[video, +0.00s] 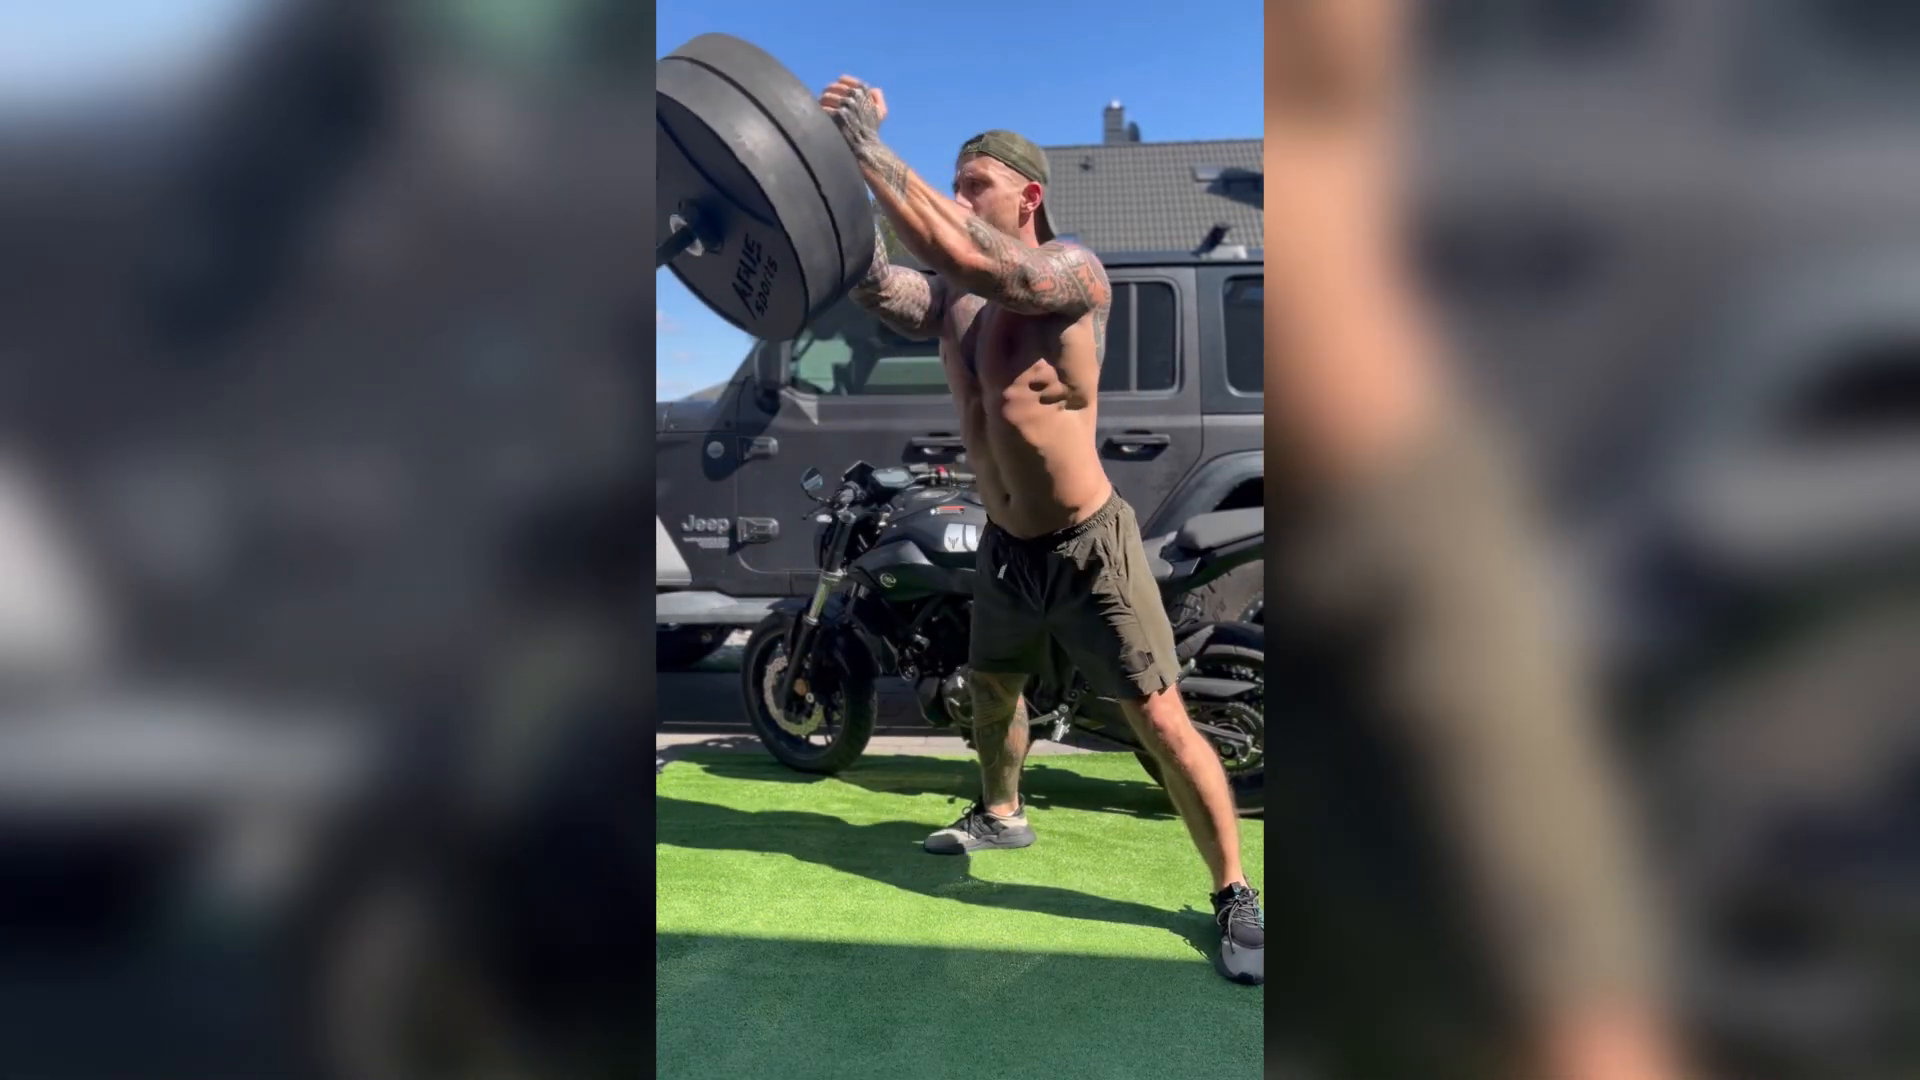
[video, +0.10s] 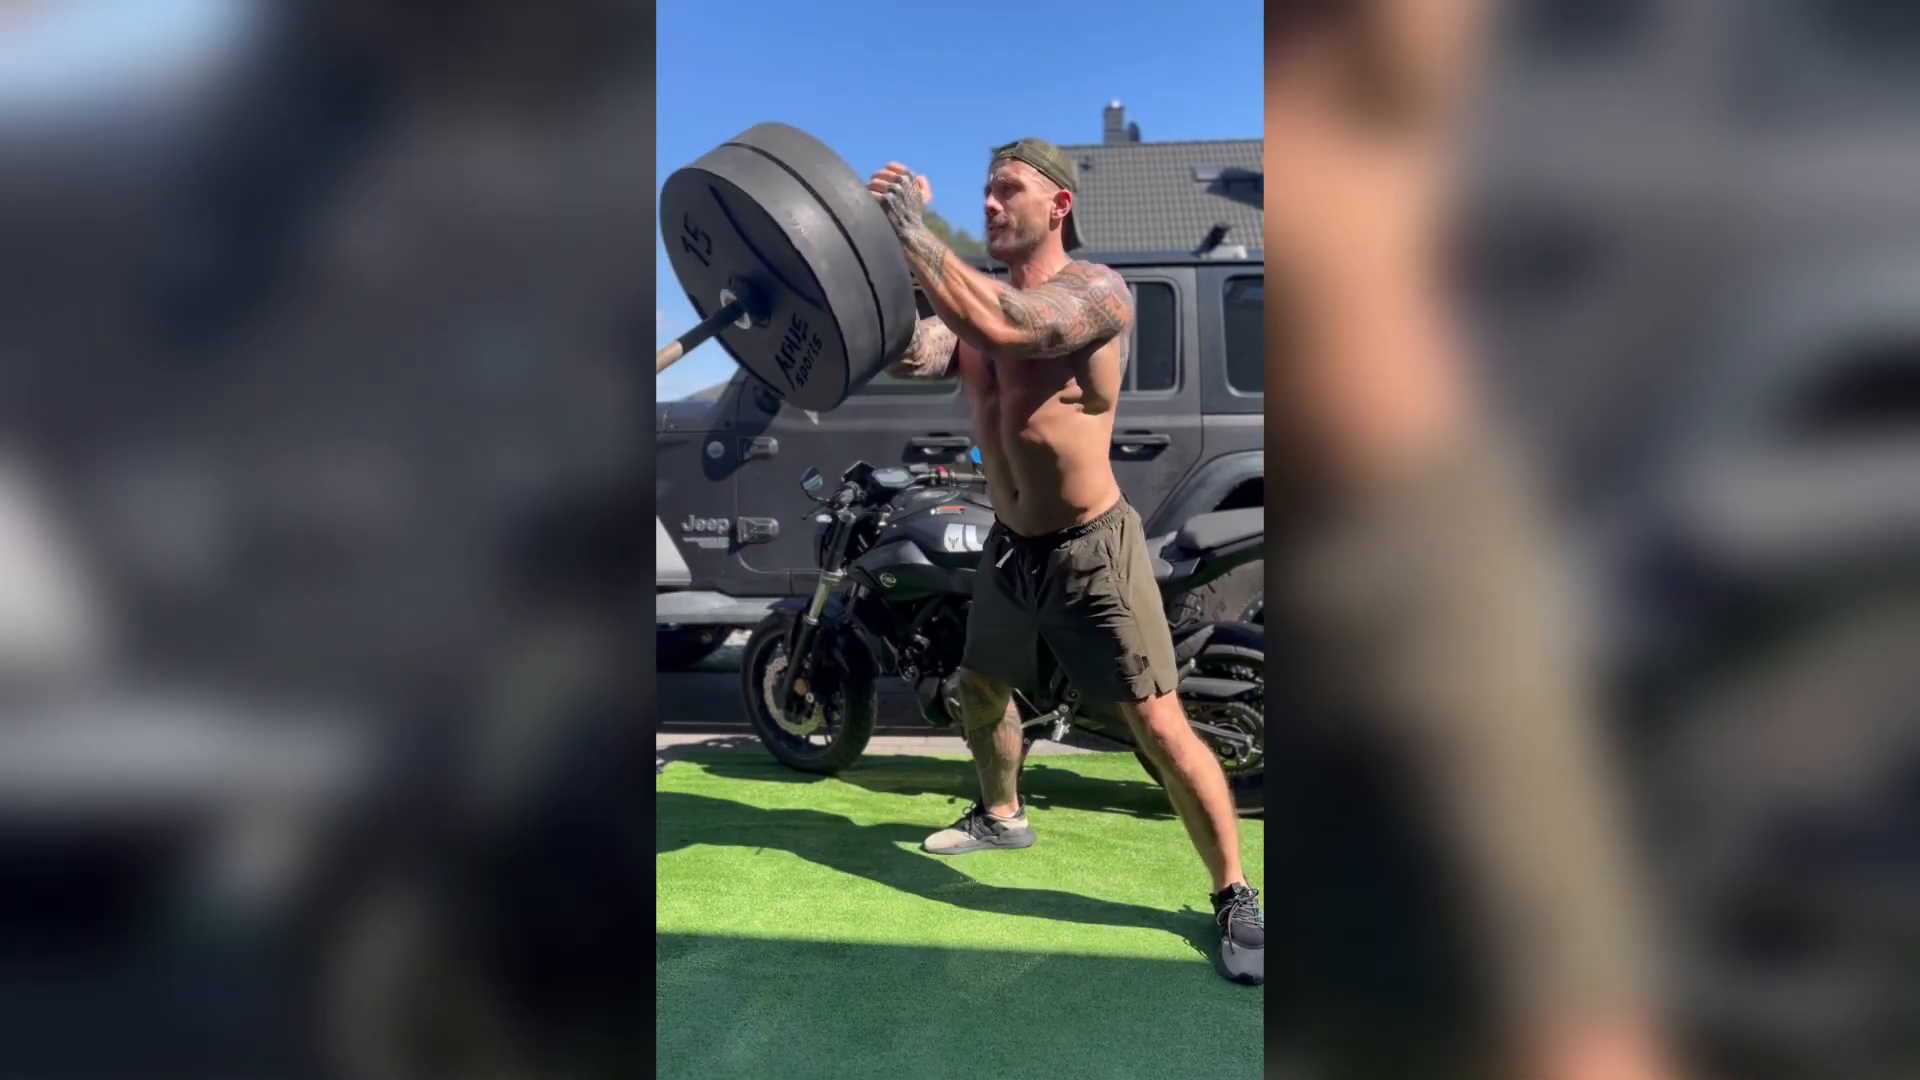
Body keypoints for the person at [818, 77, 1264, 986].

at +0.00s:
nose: (959, 201)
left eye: (975, 185)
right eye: (953, 187)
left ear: (1031, 195)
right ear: (958, 200)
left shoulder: (1074, 272)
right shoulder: (950, 292)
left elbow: (971, 257)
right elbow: (870, 281)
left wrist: (869, 151)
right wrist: (817, 192)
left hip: (1091, 539)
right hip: (1007, 547)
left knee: (1159, 720)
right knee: (993, 693)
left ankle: (1234, 894)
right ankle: (1000, 816)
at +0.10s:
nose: (991, 203)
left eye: (1008, 189)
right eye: (987, 191)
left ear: (1060, 204)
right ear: (990, 209)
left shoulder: (1100, 292)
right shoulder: (974, 299)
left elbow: (1004, 324)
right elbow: (910, 350)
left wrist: (916, 233)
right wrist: (841, 289)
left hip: (1096, 542)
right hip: (1011, 545)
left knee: (1156, 720)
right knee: (982, 692)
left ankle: (1234, 895)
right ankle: (1001, 817)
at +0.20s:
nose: (998, 239)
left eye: (1016, 227)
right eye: (996, 227)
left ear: (1066, 243)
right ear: (997, 247)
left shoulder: (1109, 333)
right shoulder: (997, 341)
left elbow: (1029, 416)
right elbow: (944, 430)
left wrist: (955, 324)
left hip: (1113, 565)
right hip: (1025, 566)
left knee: (1162, 734)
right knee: (963, 694)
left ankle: (1236, 897)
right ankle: (1003, 818)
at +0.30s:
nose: (1001, 298)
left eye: (1019, 286)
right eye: (999, 287)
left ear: (1068, 302)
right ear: (999, 304)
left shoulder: (1112, 393)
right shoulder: (1004, 396)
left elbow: (1051, 501)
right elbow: (961, 510)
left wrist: (984, 414)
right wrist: (934, 422)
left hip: (1129, 594)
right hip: (1042, 596)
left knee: (1165, 742)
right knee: (947, 695)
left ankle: (1237, 899)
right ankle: (1001, 818)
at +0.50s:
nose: (997, 417)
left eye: (1015, 406)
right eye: (995, 405)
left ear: (1062, 422)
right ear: (990, 414)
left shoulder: (1118, 505)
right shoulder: (998, 503)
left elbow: (1078, 637)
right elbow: (966, 588)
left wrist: (1017, 553)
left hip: (1153, 654)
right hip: (1059, 654)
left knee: (1166, 749)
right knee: (951, 697)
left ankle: (1236, 900)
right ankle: (999, 819)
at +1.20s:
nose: (982, 308)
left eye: (1000, 298)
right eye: (981, 297)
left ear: (1049, 318)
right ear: (981, 314)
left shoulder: (1102, 407)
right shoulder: (986, 401)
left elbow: (1040, 527)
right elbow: (947, 482)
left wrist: (987, 437)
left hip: (1128, 595)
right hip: (1040, 594)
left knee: (1166, 742)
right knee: (945, 693)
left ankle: (1238, 899)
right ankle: (999, 816)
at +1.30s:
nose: (980, 243)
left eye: (999, 231)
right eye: (978, 231)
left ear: (1049, 248)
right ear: (976, 248)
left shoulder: (1097, 347)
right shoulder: (981, 340)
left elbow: (1022, 442)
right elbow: (944, 446)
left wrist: (958, 354)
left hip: (1105, 565)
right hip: (1020, 569)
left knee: (1165, 737)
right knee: (952, 693)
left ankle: (1238, 899)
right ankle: (1002, 818)